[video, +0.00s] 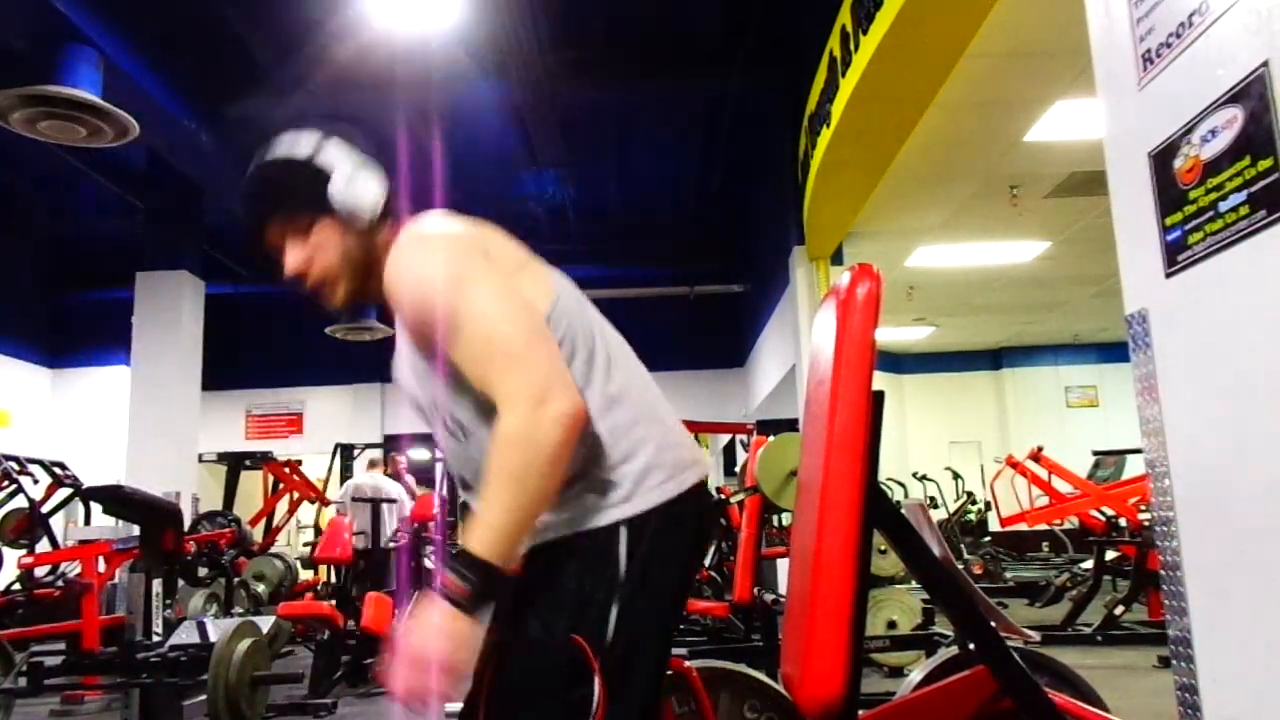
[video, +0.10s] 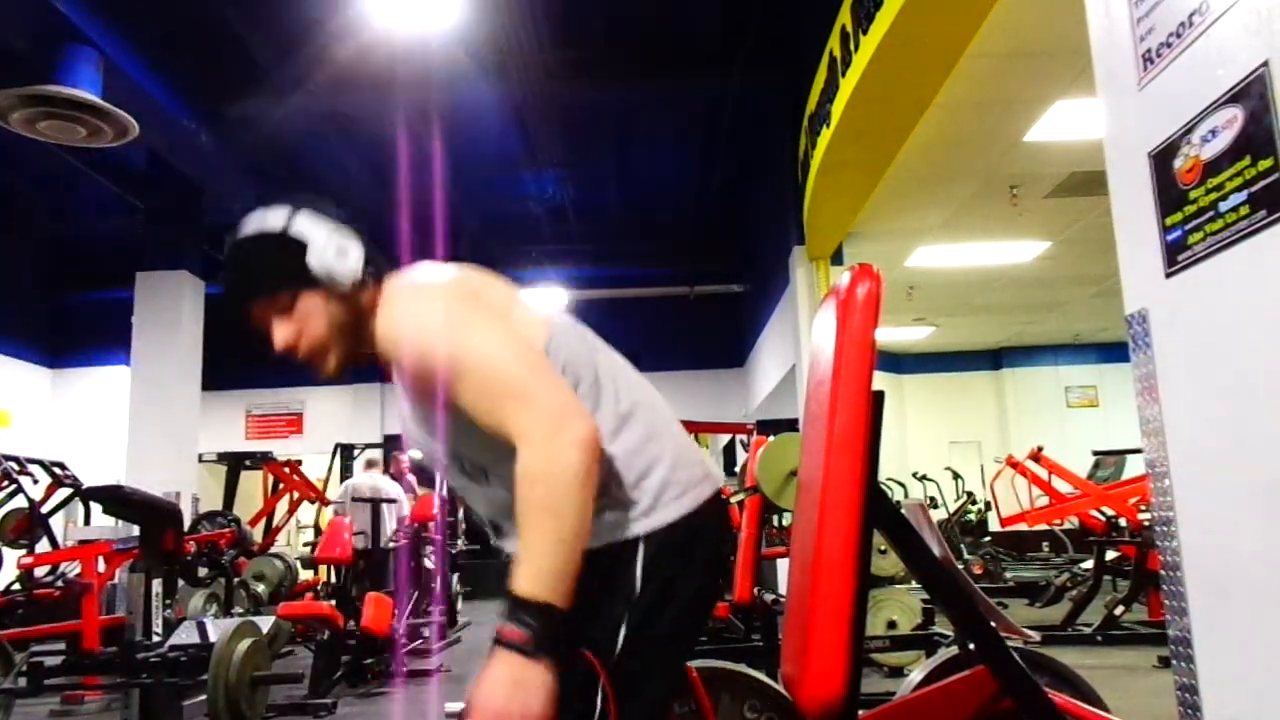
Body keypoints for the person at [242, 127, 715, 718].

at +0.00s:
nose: (292, 264)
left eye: (304, 231)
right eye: (281, 247)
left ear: (353, 203)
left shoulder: (427, 254)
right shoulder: (415, 282)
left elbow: (546, 408)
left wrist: (458, 595)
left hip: (624, 516)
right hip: (570, 525)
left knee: (549, 705)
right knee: (508, 700)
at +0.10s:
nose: (281, 339)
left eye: (287, 307)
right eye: (267, 325)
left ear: (330, 272)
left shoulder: (420, 307)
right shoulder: (408, 338)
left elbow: (561, 436)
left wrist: (524, 642)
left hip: (655, 528)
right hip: (601, 536)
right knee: (541, 703)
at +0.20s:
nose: (283, 395)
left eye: (285, 365)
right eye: (265, 387)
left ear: (328, 321)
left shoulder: (414, 355)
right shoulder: (405, 377)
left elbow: (565, 472)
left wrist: (557, 684)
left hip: (662, 555)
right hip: (607, 555)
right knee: (484, 710)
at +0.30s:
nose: (292, 429)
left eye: (294, 397)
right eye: (274, 421)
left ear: (334, 355)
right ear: (268, 430)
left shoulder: (422, 390)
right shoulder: (410, 405)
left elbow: (563, 522)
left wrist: (584, 698)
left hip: (659, 594)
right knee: (474, 712)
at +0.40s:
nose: (306, 444)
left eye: (310, 411)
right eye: (289, 436)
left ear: (356, 372)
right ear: (283, 445)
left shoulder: (436, 417)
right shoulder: (426, 424)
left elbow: (566, 564)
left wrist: (595, 714)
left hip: (664, 629)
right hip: (611, 621)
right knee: (477, 713)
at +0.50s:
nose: (327, 448)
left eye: (332, 416)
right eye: (310, 437)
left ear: (379, 379)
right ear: (306, 445)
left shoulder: (462, 433)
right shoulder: (447, 438)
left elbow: (577, 603)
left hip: (683, 673)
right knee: (502, 700)